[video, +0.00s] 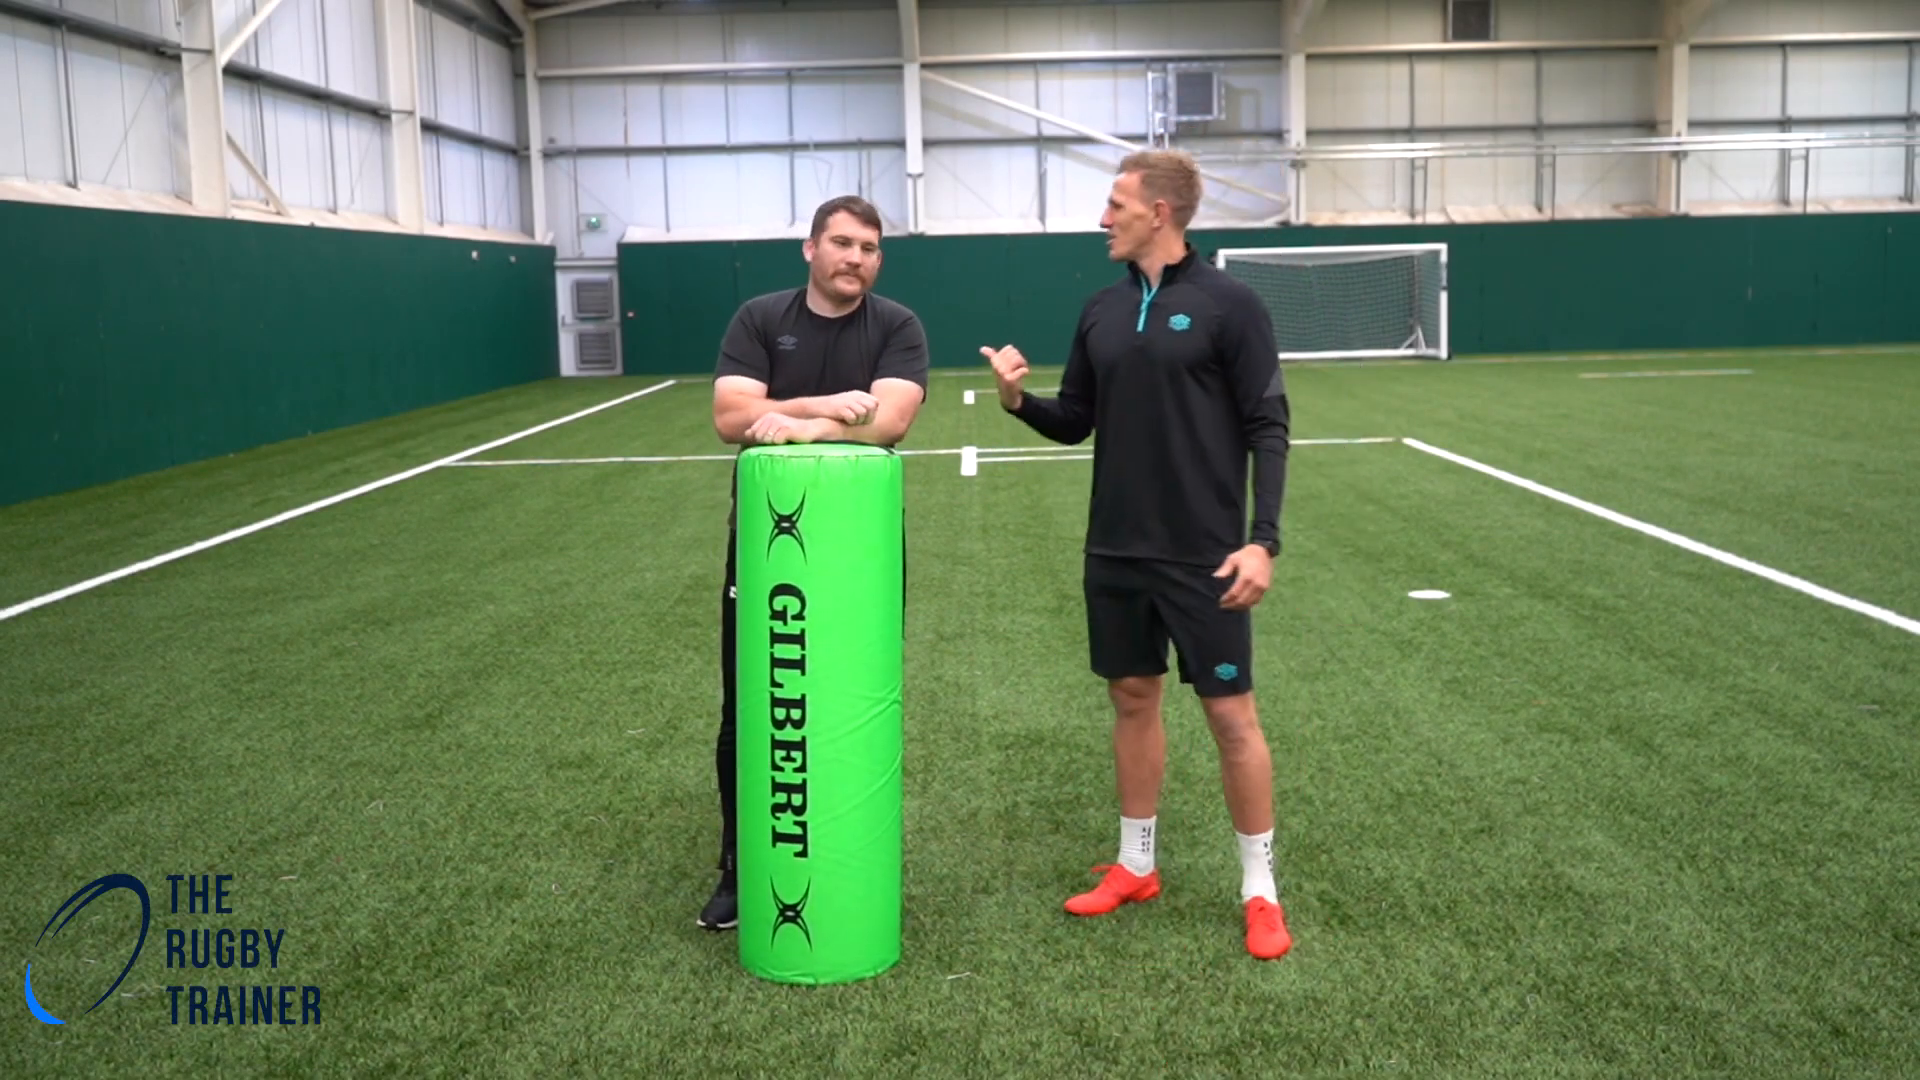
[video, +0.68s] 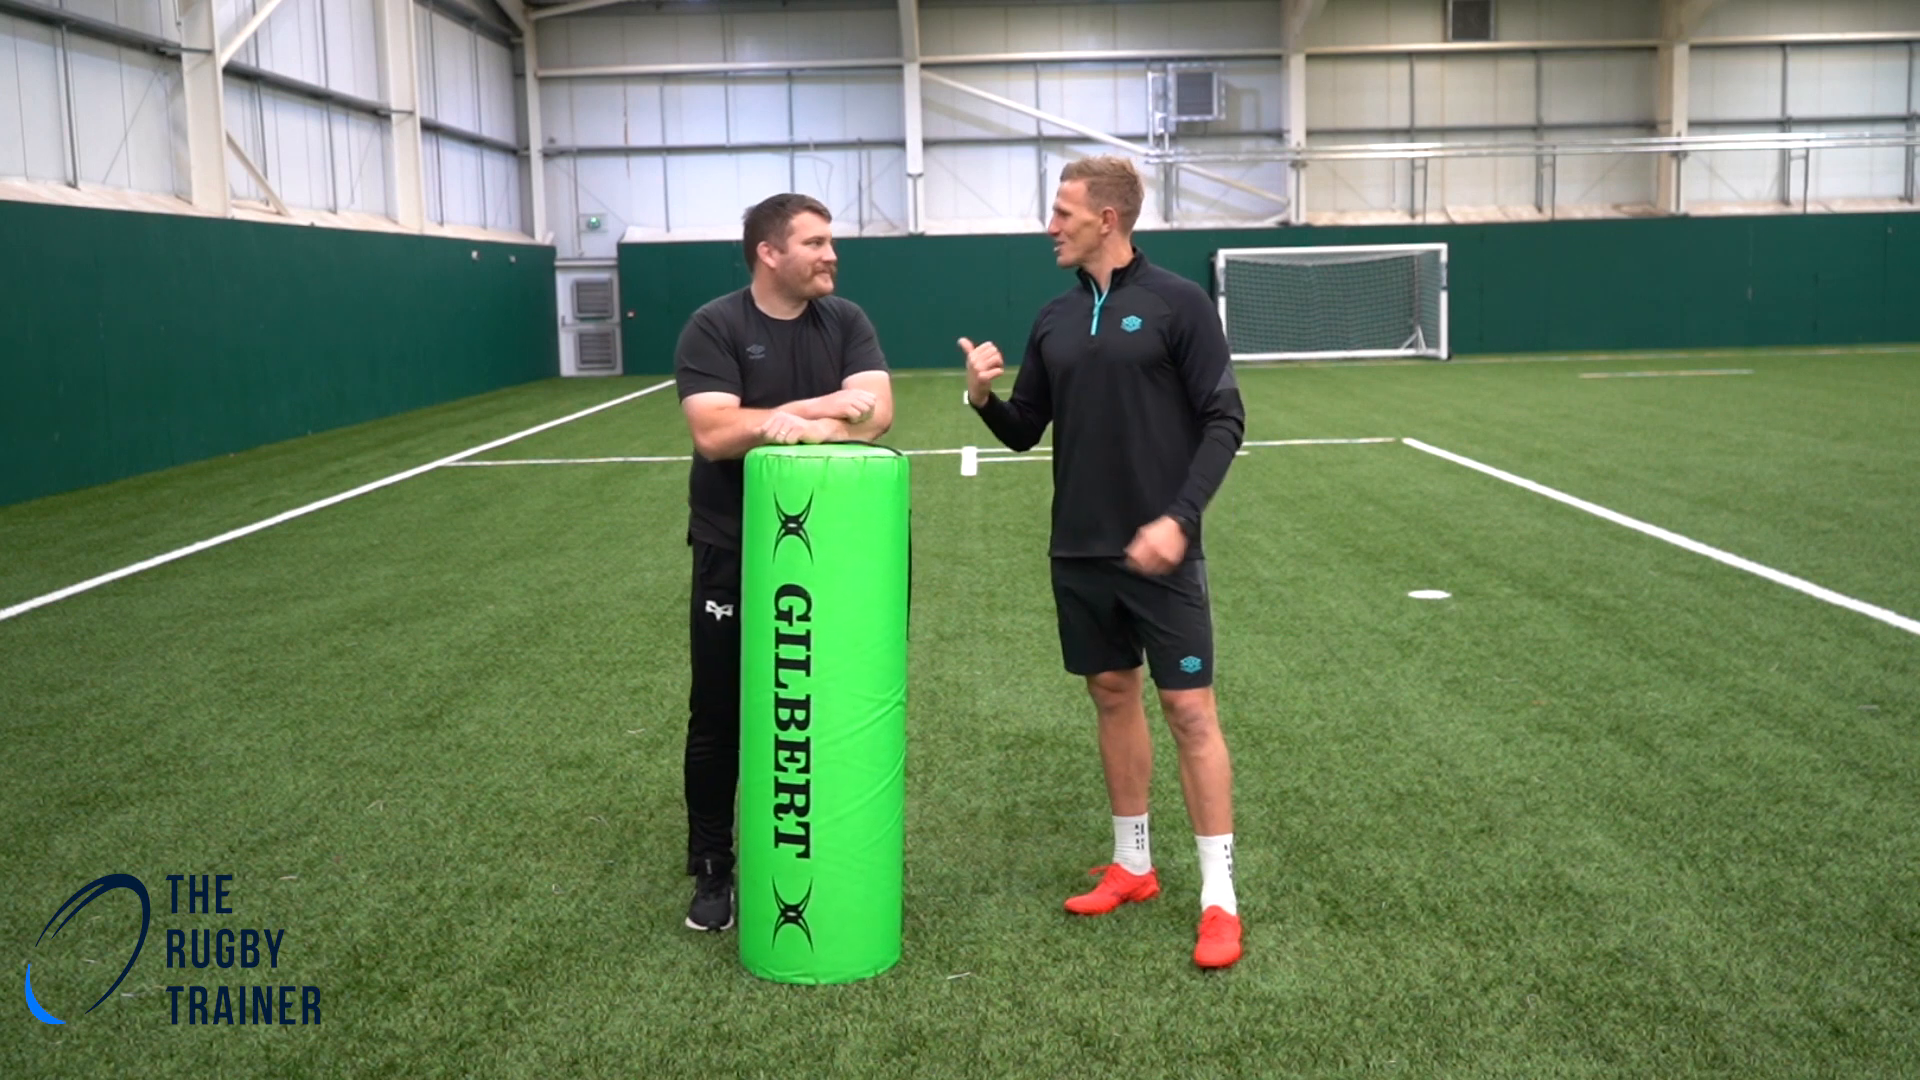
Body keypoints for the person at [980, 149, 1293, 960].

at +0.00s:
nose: (1104, 217)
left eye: (1118, 206)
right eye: (1108, 204)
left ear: (1163, 215)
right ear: (1144, 215)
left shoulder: (1231, 305)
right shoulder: (1102, 310)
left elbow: (1269, 428)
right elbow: (1072, 423)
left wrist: (1263, 540)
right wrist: (1018, 396)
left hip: (1203, 548)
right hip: (1117, 545)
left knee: (1231, 716)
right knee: (1131, 697)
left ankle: (1259, 887)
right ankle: (1136, 867)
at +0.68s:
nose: (1050, 226)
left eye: (1063, 214)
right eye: (1053, 212)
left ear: (1109, 222)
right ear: (1093, 221)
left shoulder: (1180, 305)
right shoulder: (1056, 316)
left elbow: (1225, 421)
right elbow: (1023, 430)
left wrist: (1179, 517)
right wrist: (986, 397)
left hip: (1163, 546)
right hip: (1081, 545)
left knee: (1189, 707)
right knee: (1112, 693)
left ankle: (1218, 895)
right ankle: (1132, 865)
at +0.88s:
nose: (1053, 226)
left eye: (1066, 215)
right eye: (1056, 213)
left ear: (1113, 223)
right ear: (1097, 222)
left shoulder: (1180, 304)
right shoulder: (1053, 320)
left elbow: (1204, 424)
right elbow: (1021, 432)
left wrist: (1098, 463)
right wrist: (1000, 388)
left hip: (1163, 547)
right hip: (1081, 547)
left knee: (1190, 709)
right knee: (1111, 694)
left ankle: (1219, 897)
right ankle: (1132, 867)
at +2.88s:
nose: (1071, 228)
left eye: (1084, 217)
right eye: (1072, 214)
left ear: (1131, 224)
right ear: (1100, 221)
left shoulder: (1192, 306)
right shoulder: (1063, 316)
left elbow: (1207, 423)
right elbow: (1026, 438)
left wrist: (1094, 412)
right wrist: (1024, 407)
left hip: (1173, 543)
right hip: (1089, 543)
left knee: (1199, 706)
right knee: (1112, 695)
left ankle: (1225, 895)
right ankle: (1134, 865)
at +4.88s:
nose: (1053, 228)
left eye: (1066, 217)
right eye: (1053, 214)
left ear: (1114, 225)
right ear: (1075, 221)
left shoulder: (1175, 310)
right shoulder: (1044, 316)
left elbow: (1203, 430)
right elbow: (1020, 420)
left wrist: (1094, 447)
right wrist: (1023, 437)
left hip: (1159, 548)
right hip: (1075, 550)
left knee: (1189, 709)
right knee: (1107, 698)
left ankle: (1222, 894)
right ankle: (1134, 867)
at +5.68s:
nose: (1047, 227)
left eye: (1061, 215)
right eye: (1049, 213)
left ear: (1109, 223)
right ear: (1079, 221)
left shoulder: (1175, 308)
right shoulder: (1044, 320)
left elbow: (1209, 431)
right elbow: (1029, 435)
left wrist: (1169, 534)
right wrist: (1003, 531)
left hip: (1165, 551)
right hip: (1080, 552)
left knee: (1194, 711)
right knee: (1110, 699)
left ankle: (1223, 898)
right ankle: (1133, 869)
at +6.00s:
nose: (1048, 227)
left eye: (1061, 216)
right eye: (1048, 213)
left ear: (1109, 224)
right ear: (1076, 222)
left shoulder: (1174, 309)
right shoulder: (1043, 318)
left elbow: (1215, 429)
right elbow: (1032, 431)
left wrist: (1238, 545)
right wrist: (1012, 531)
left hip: (1165, 551)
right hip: (1079, 552)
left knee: (1193, 712)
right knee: (1110, 700)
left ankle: (1223, 898)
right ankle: (1134, 868)